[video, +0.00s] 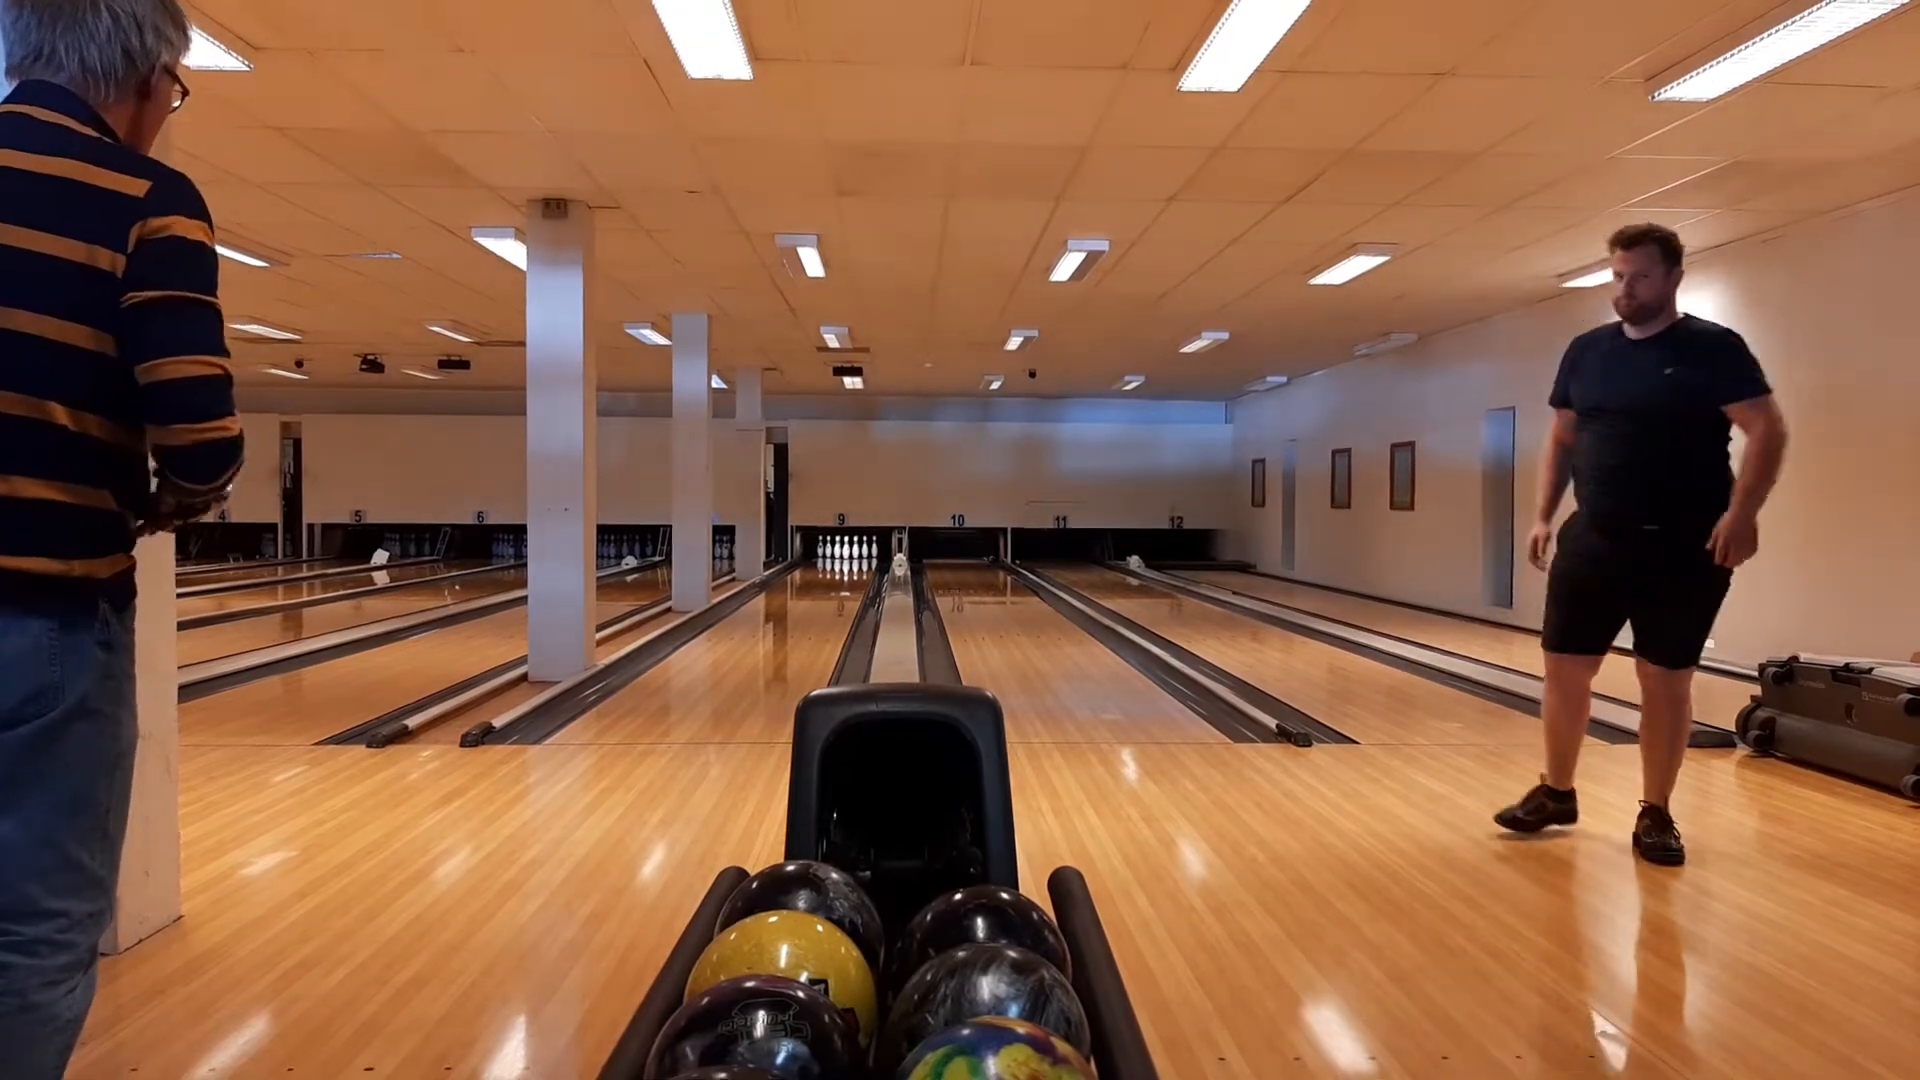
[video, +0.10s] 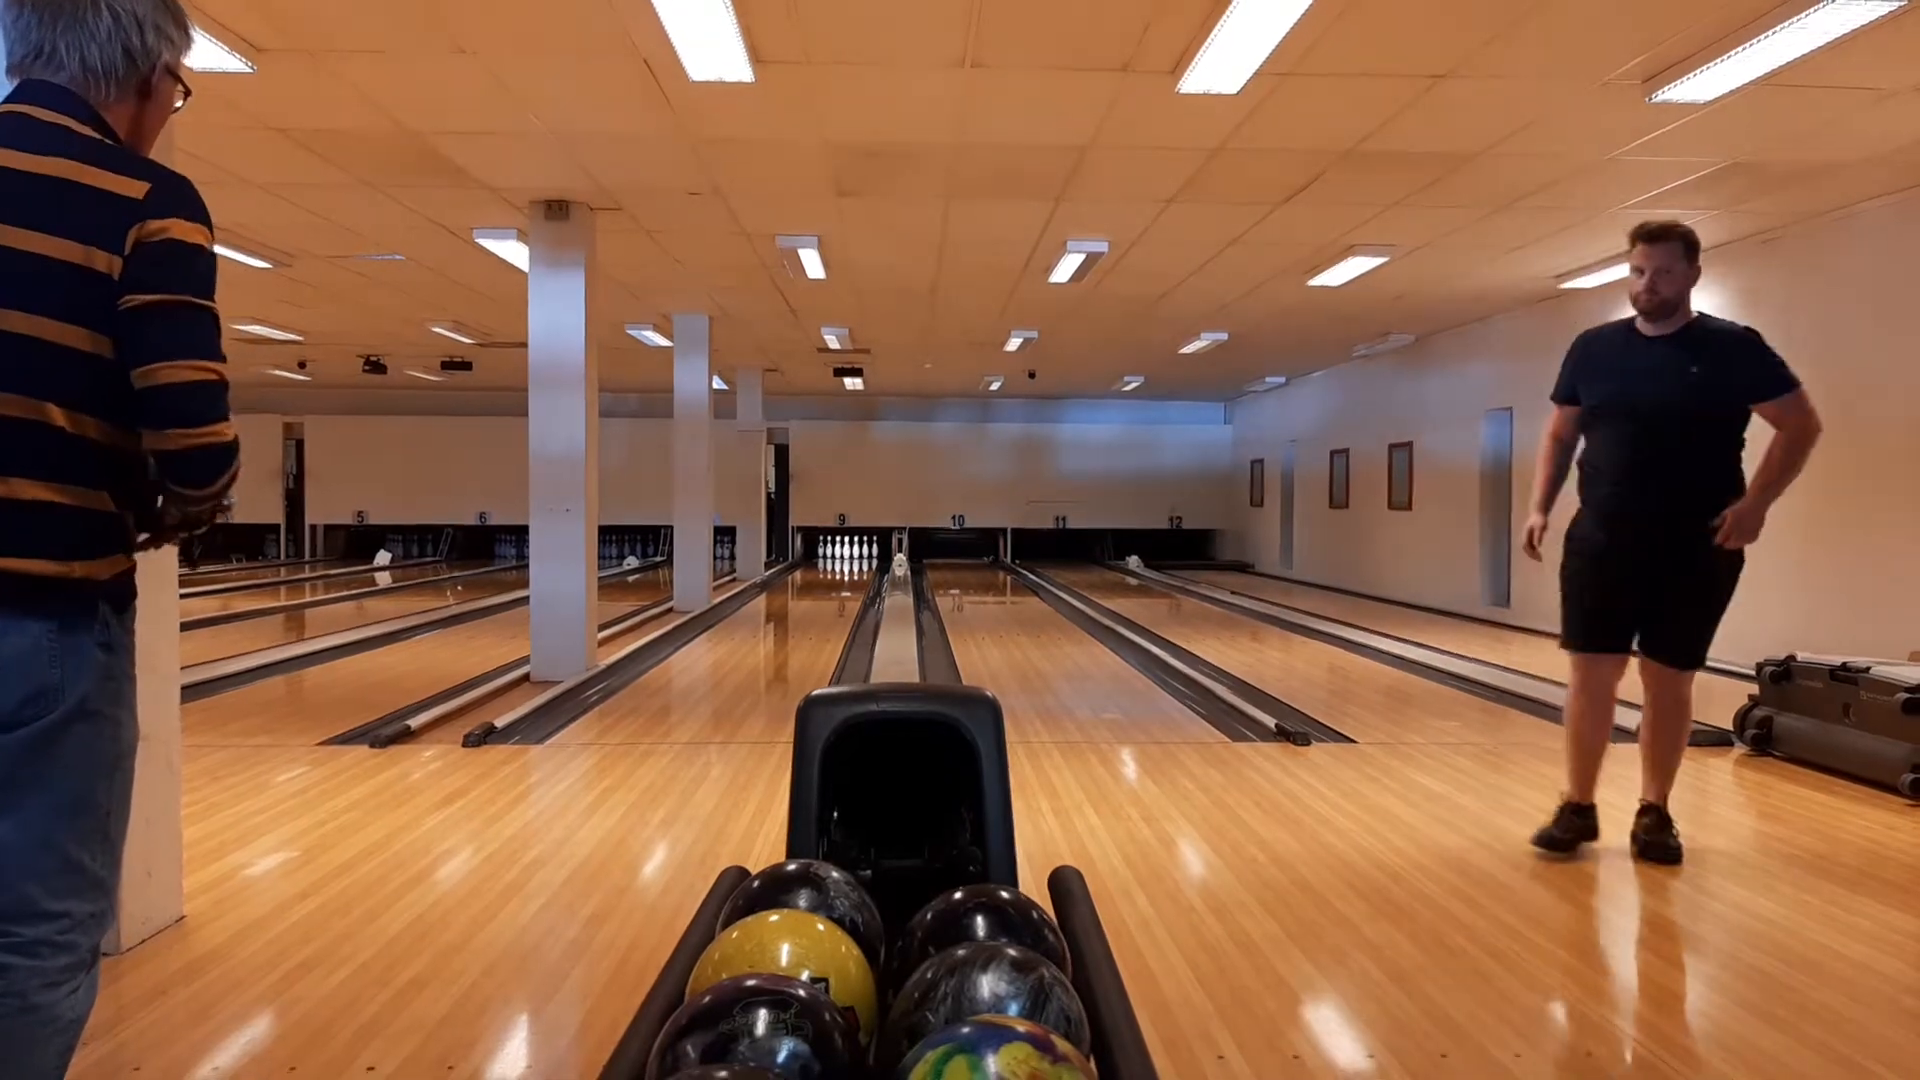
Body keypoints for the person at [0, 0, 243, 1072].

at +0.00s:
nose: (173, 109)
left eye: (176, 88)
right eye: (174, 87)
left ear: (30, 59)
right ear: (138, 82)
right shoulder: (147, 194)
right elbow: (197, 437)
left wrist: (175, 482)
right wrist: (184, 491)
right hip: (45, 609)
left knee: (36, 926)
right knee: (40, 939)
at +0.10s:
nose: (175, 112)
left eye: (177, 90)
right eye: (177, 89)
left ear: (28, 58)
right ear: (148, 85)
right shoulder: (147, 196)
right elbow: (186, 418)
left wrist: (184, 484)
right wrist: (202, 497)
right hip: (45, 611)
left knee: (35, 926)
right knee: (41, 939)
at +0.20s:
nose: (172, 109)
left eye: (175, 84)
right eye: (173, 84)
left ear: (27, 57)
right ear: (140, 80)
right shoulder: (142, 195)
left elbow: (175, 423)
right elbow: (176, 424)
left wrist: (169, 491)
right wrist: (184, 503)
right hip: (41, 613)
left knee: (35, 928)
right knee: (38, 941)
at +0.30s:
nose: (169, 111)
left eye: (172, 87)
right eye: (170, 87)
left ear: (29, 53)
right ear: (137, 80)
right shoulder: (140, 195)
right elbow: (162, 412)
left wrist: (175, 512)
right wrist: (189, 524)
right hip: (39, 608)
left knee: (37, 926)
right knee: (38, 938)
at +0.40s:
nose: (171, 114)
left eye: (174, 91)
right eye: (173, 89)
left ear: (25, 54)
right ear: (141, 83)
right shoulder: (143, 201)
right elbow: (168, 420)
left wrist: (177, 514)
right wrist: (199, 525)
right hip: (38, 609)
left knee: (35, 928)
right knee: (37, 940)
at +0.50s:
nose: (176, 112)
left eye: (179, 86)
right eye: (175, 84)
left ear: (28, 54)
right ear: (135, 74)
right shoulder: (146, 206)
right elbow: (183, 434)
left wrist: (189, 517)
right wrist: (209, 527)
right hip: (38, 614)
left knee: (33, 929)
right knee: (37, 942)